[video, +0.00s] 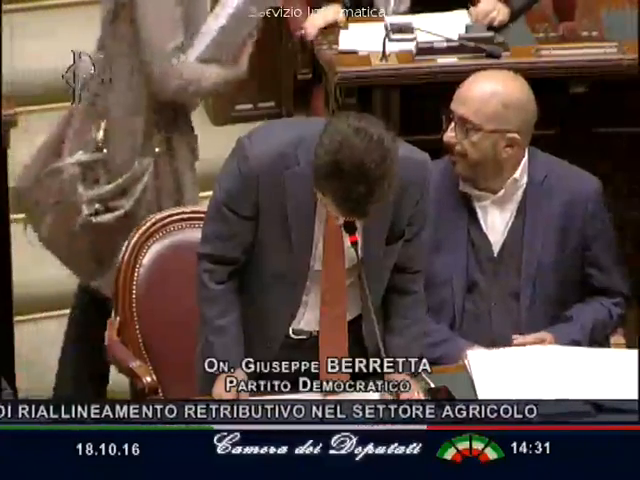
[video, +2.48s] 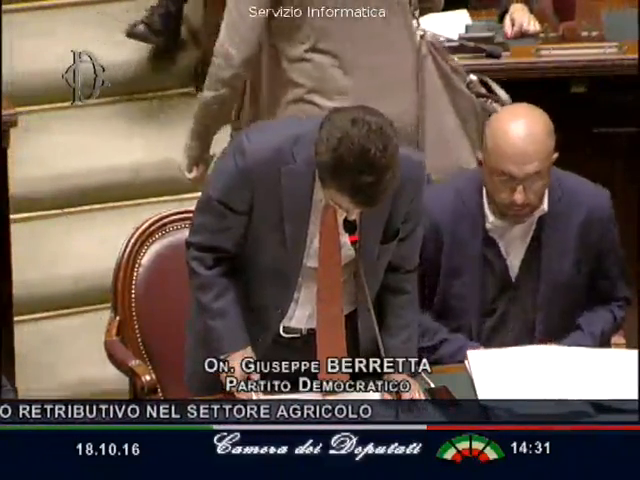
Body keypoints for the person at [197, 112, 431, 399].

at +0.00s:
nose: (343, 219)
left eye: (356, 215)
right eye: (336, 210)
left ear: (389, 178)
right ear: (317, 180)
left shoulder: (413, 173)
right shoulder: (258, 161)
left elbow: (408, 279)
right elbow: (217, 265)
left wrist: (403, 368)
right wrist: (227, 367)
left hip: (359, 336)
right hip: (272, 340)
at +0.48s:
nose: (345, 220)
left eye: (357, 215)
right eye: (337, 211)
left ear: (387, 177)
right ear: (317, 180)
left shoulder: (412, 172)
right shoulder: (258, 163)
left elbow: (408, 280)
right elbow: (216, 265)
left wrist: (403, 368)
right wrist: (227, 366)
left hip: (358, 336)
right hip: (272, 340)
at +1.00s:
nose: (345, 217)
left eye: (358, 212)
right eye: (337, 206)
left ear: (390, 176)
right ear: (319, 178)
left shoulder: (412, 173)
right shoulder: (258, 162)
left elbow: (407, 279)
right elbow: (214, 262)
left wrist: (403, 367)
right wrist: (226, 362)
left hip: (356, 336)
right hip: (270, 339)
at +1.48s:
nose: (350, 216)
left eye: (362, 208)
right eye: (340, 205)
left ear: (389, 175)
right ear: (319, 171)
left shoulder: (410, 174)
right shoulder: (255, 164)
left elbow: (405, 278)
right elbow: (211, 261)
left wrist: (402, 367)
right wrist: (229, 359)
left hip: (354, 334)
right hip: (269, 339)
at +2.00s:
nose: (349, 216)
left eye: (361, 208)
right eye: (339, 204)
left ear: (389, 176)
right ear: (320, 170)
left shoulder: (408, 177)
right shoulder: (253, 160)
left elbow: (402, 279)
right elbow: (207, 255)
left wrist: (402, 366)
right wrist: (231, 349)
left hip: (350, 334)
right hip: (266, 338)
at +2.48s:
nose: (351, 214)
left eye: (363, 207)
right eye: (341, 203)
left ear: (389, 176)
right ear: (321, 169)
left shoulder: (407, 177)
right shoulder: (253, 160)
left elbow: (402, 278)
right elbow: (207, 254)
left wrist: (400, 366)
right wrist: (234, 347)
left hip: (349, 334)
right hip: (264, 339)